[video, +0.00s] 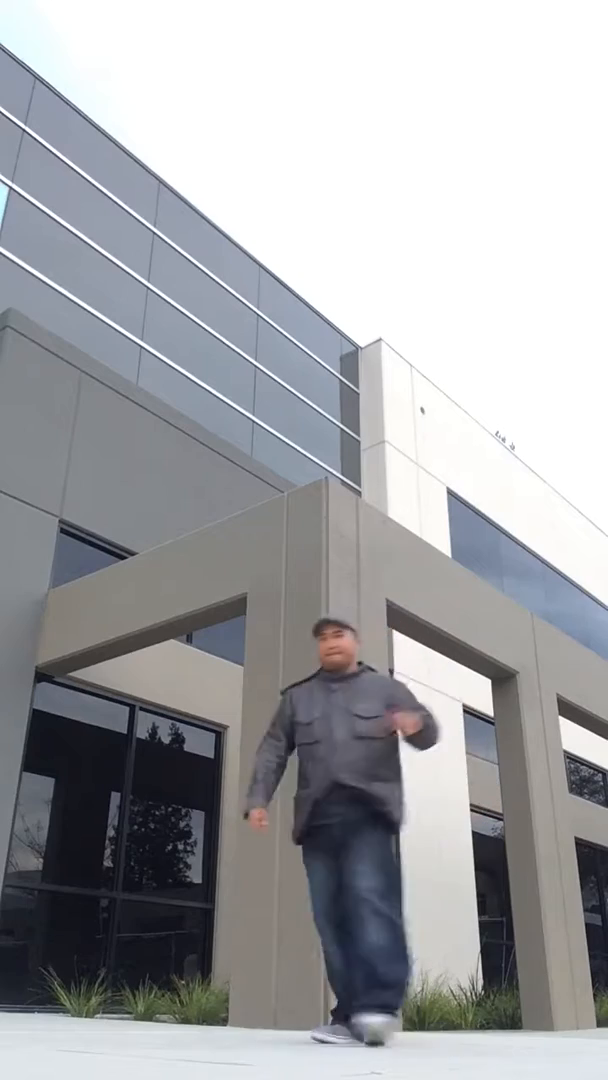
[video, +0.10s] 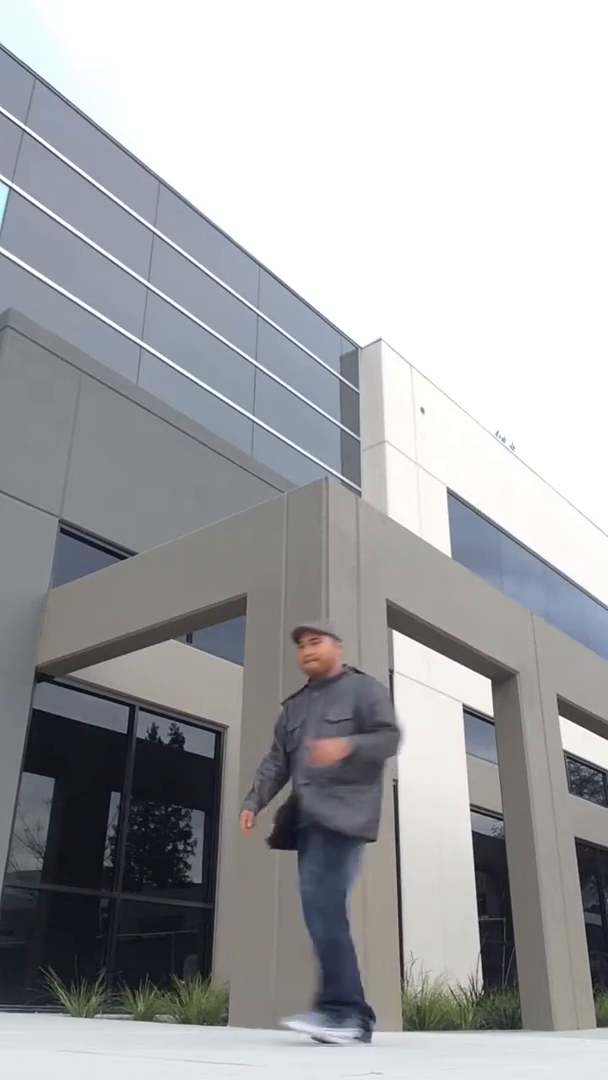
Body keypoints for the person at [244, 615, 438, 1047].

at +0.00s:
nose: (332, 642)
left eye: (340, 635)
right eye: (324, 637)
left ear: (357, 643)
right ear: (316, 649)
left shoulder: (386, 688)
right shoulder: (298, 697)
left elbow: (430, 736)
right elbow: (273, 748)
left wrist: (415, 724)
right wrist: (258, 799)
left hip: (369, 810)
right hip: (318, 814)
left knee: (368, 899)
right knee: (328, 913)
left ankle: (379, 1008)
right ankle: (349, 1015)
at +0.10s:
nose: (307, 650)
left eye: (315, 642)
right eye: (301, 645)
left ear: (337, 647)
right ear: (298, 656)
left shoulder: (365, 689)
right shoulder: (295, 705)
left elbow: (390, 737)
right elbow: (279, 757)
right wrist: (255, 800)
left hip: (347, 815)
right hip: (309, 816)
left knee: (325, 905)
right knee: (319, 907)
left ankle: (344, 1011)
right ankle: (343, 1010)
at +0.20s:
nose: (287, 651)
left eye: (295, 642)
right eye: (283, 645)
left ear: (320, 646)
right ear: (283, 656)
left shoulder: (340, 683)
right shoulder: (299, 699)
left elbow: (346, 741)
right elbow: (289, 767)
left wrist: (286, 759)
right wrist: (264, 810)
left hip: (331, 818)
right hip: (308, 821)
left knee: (284, 898)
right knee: (326, 919)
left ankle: (281, 1010)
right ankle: (354, 1022)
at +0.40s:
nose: (248, 655)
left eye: (253, 646)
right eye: (247, 648)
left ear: (279, 646)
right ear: (280, 649)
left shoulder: (287, 680)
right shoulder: (308, 682)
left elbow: (274, 737)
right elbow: (303, 749)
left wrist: (244, 776)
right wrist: (262, 783)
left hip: (288, 813)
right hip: (318, 813)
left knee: (262, 910)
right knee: (309, 910)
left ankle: (253, 1016)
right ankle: (356, 1014)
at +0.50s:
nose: (232, 663)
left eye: (237, 653)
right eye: (232, 655)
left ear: (262, 653)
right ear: (266, 655)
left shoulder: (262, 685)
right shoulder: (302, 688)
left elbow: (246, 744)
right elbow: (304, 755)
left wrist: (224, 785)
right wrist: (250, 794)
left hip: (271, 809)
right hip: (310, 811)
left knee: (246, 909)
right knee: (277, 906)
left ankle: (251, 1017)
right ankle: (333, 989)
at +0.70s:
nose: (213, 659)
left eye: (217, 651)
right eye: (214, 651)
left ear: (237, 650)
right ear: (248, 652)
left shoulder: (227, 681)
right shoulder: (288, 690)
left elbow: (197, 733)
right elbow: (314, 743)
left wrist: (177, 773)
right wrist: (327, 798)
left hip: (243, 805)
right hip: (290, 806)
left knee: (232, 905)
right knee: (234, 901)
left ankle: (254, 1016)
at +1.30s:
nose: (188, 644)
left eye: (192, 636)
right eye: (190, 637)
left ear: (210, 639)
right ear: (232, 643)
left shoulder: (188, 670)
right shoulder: (262, 689)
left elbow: (161, 735)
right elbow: (283, 753)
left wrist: (150, 801)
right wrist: (250, 796)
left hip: (192, 798)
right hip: (245, 806)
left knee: (174, 905)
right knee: (232, 904)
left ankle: (194, 1014)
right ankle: (286, 996)